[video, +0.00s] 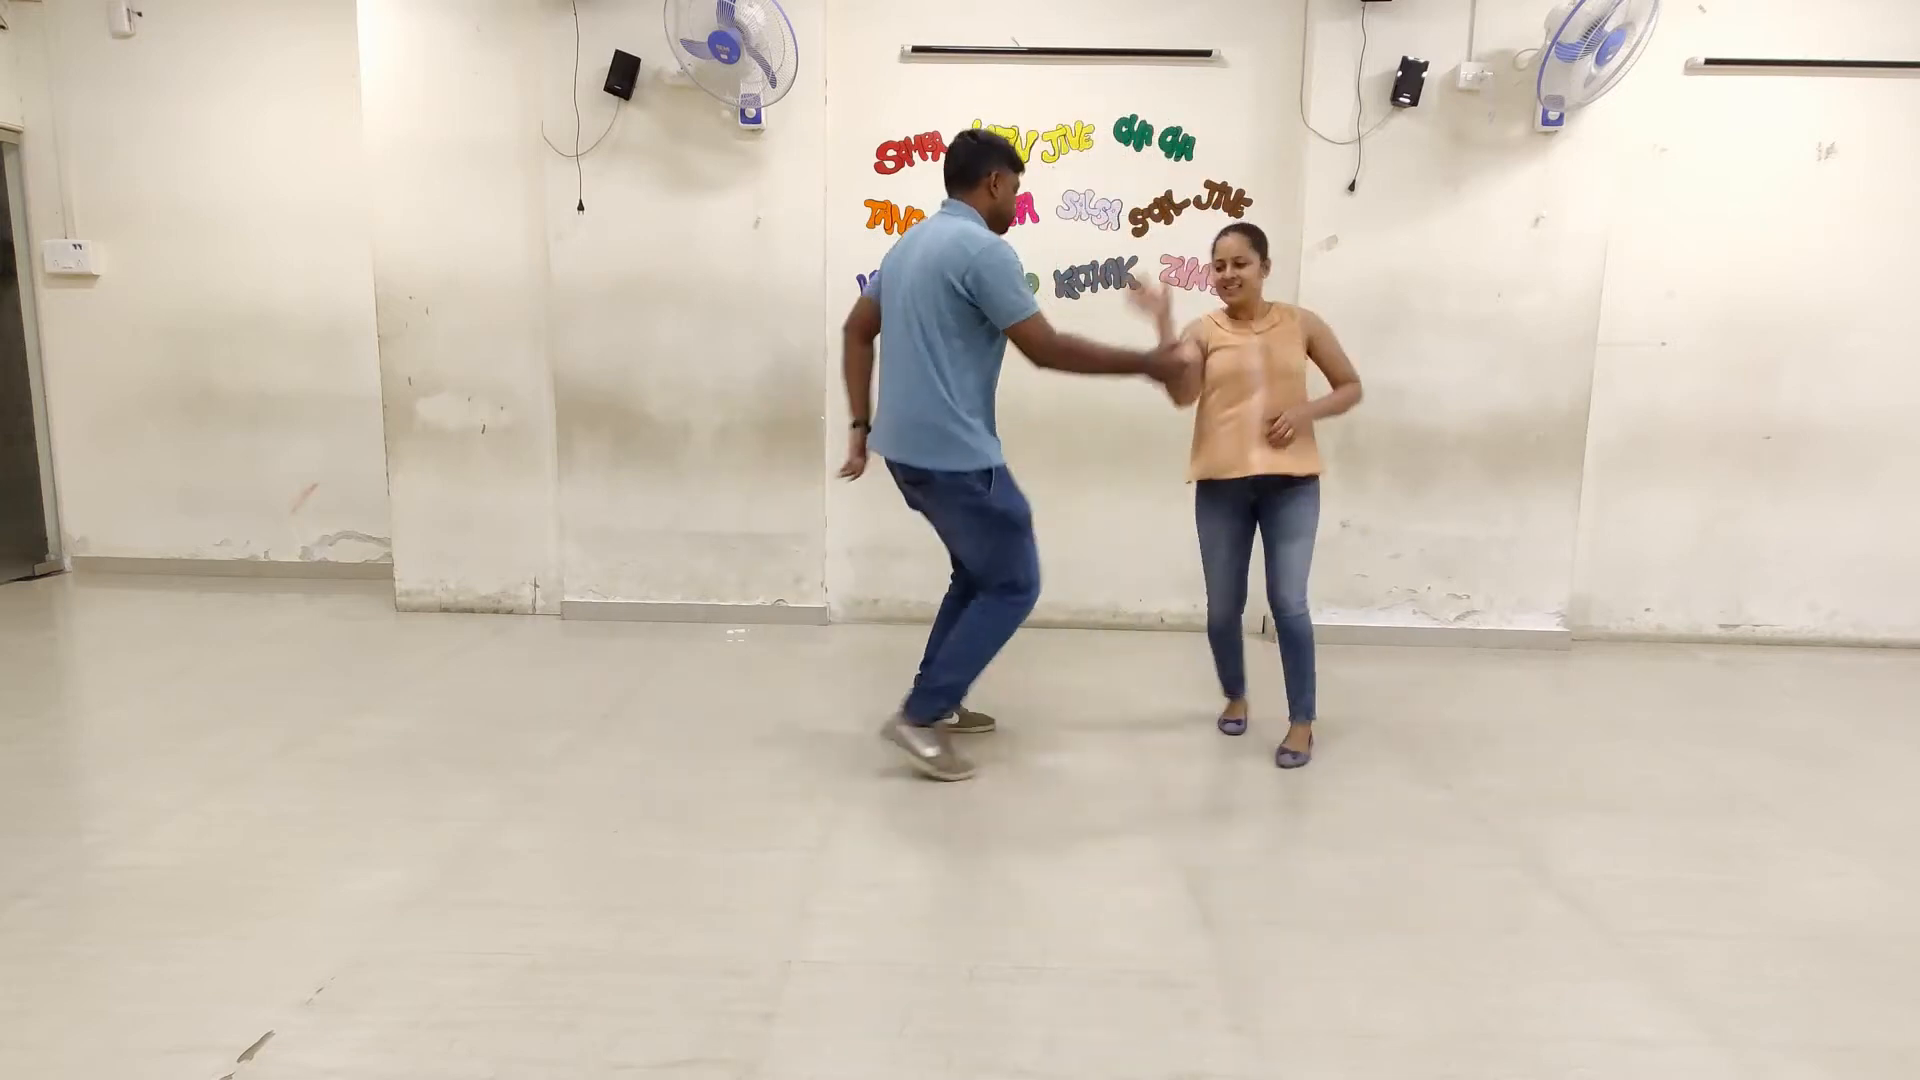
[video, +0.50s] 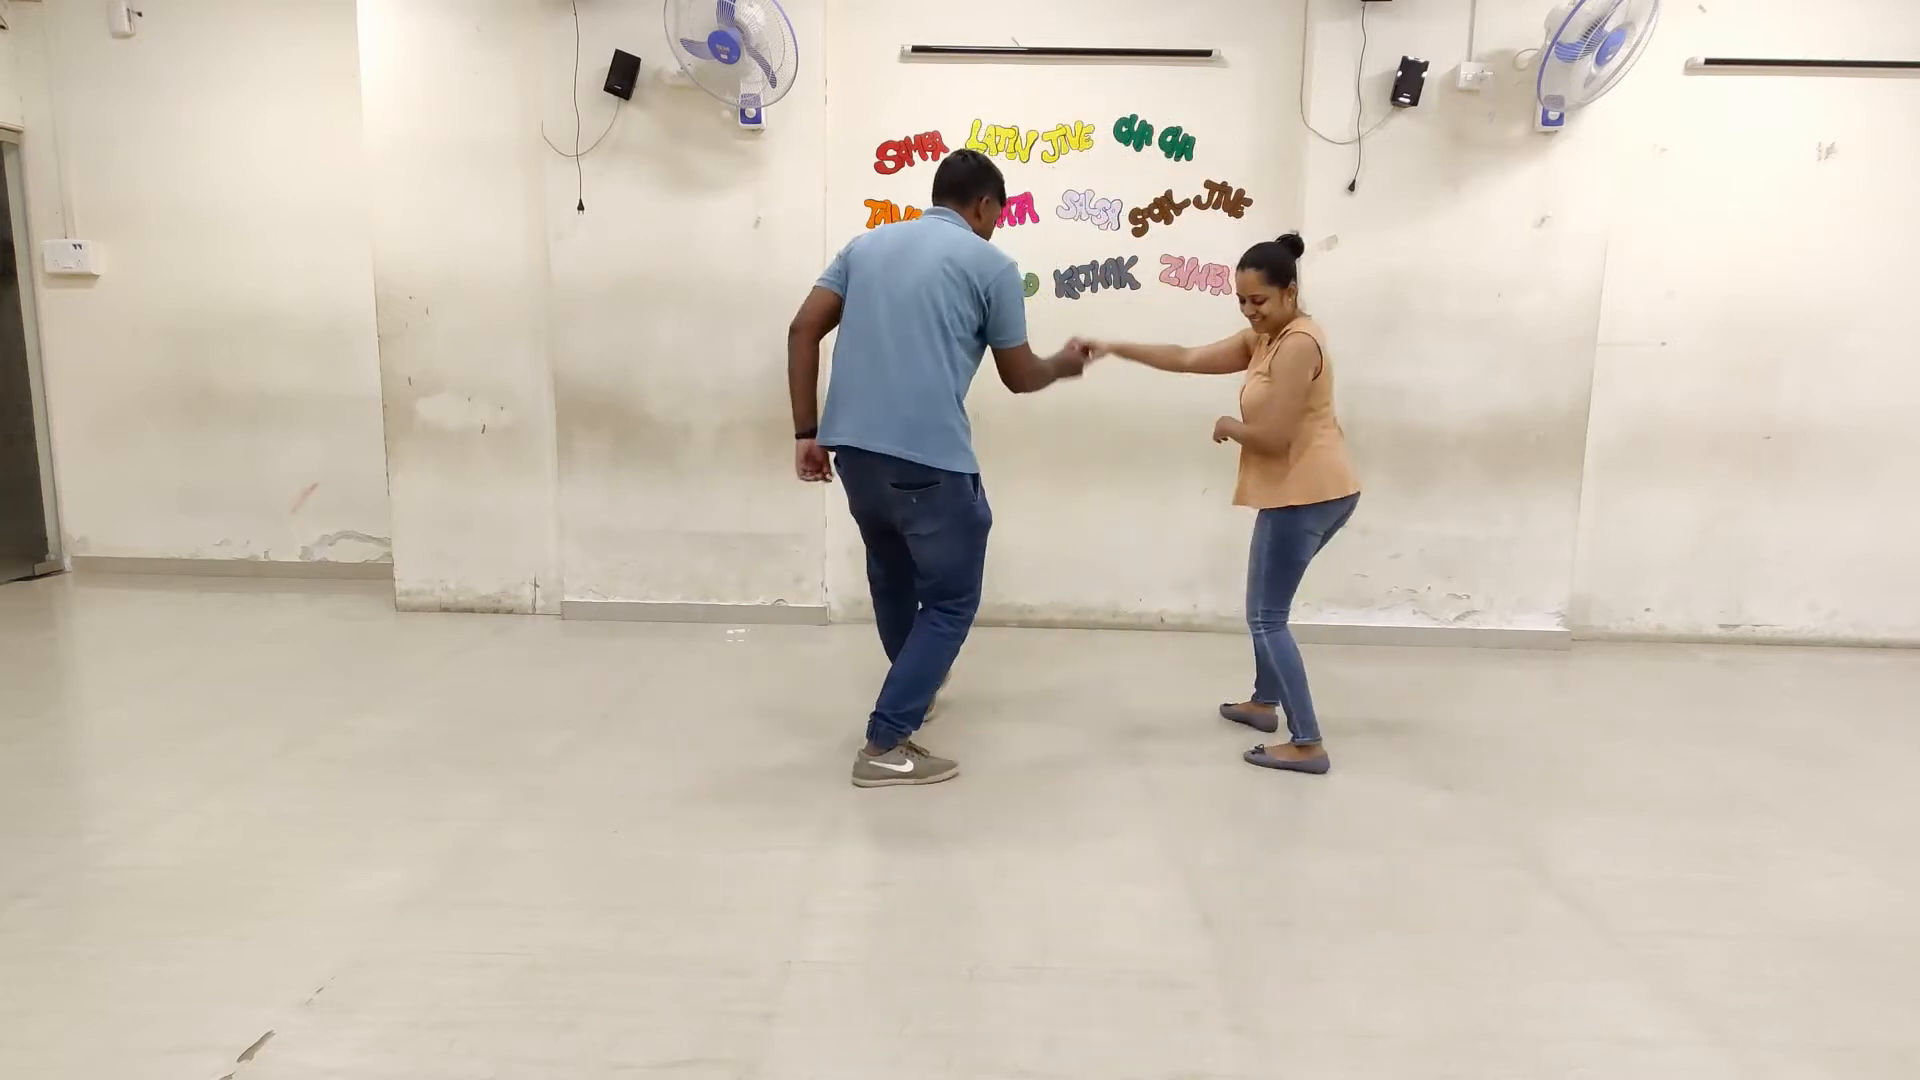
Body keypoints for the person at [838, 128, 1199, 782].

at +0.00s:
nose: (1017, 202)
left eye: (1017, 190)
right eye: (1015, 189)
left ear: (956, 184)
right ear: (994, 183)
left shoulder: (910, 244)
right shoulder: (982, 249)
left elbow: (857, 327)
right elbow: (1046, 348)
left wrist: (860, 422)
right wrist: (1149, 363)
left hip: (906, 445)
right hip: (955, 448)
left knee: (976, 574)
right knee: (1014, 586)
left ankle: (936, 700)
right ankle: (921, 720)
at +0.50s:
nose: (998, 225)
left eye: (999, 215)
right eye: (999, 214)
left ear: (935, 197)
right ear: (983, 204)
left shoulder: (866, 245)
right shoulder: (989, 266)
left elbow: (804, 329)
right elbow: (1020, 376)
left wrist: (806, 432)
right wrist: (1064, 364)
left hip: (852, 444)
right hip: (928, 454)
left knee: (889, 563)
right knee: (949, 604)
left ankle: (913, 681)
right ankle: (884, 746)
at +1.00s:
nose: (1054, 258)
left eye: (1059, 245)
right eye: (1054, 242)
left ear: (1018, 226)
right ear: (1025, 224)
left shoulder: (972, 266)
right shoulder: (971, 268)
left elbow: (925, 371)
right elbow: (975, 368)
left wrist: (964, 444)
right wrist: (1071, 405)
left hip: (920, 438)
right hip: (903, 438)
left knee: (991, 564)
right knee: (984, 574)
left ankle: (932, 696)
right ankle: (963, 744)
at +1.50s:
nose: (1071, 278)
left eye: (1075, 265)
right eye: (1071, 263)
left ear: (1027, 244)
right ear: (1045, 246)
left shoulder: (972, 280)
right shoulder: (1009, 297)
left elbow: (934, 383)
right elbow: (1014, 411)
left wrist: (979, 453)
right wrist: (1107, 424)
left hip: (908, 459)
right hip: (939, 467)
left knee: (992, 586)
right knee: (1019, 606)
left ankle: (954, 700)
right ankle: (933, 741)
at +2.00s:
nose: (1050, 236)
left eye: (1050, 223)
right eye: (1046, 222)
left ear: (985, 216)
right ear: (1021, 217)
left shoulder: (916, 263)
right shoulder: (1042, 283)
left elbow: (858, 357)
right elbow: (1057, 393)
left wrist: (902, 405)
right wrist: (1078, 361)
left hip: (897, 459)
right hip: (977, 466)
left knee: (932, 572)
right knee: (998, 618)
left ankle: (947, 701)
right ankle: (939, 756)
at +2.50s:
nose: (1059, 184)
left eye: (1055, 172)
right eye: (1046, 173)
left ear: (1006, 184)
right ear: (1008, 183)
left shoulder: (982, 235)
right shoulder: (999, 237)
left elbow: (976, 343)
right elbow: (991, 338)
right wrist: (1071, 415)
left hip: (953, 430)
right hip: (966, 433)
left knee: (1013, 571)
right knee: (1036, 573)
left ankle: (975, 707)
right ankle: (990, 740)